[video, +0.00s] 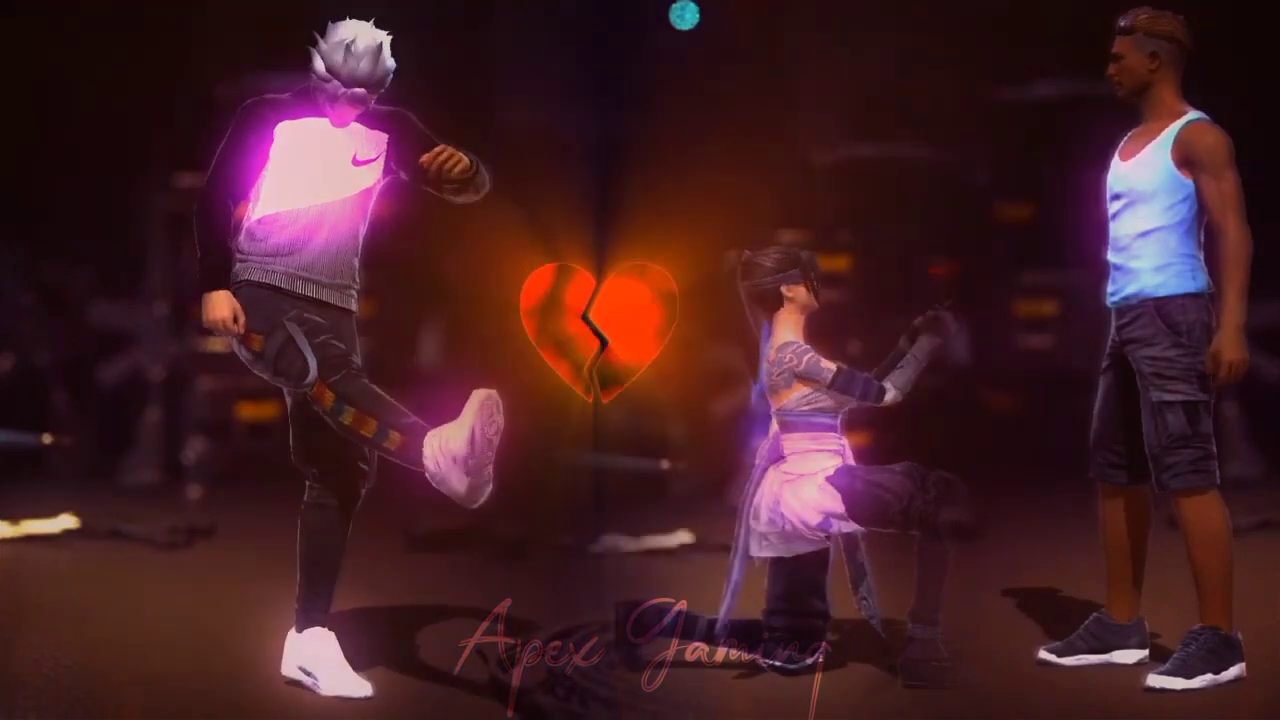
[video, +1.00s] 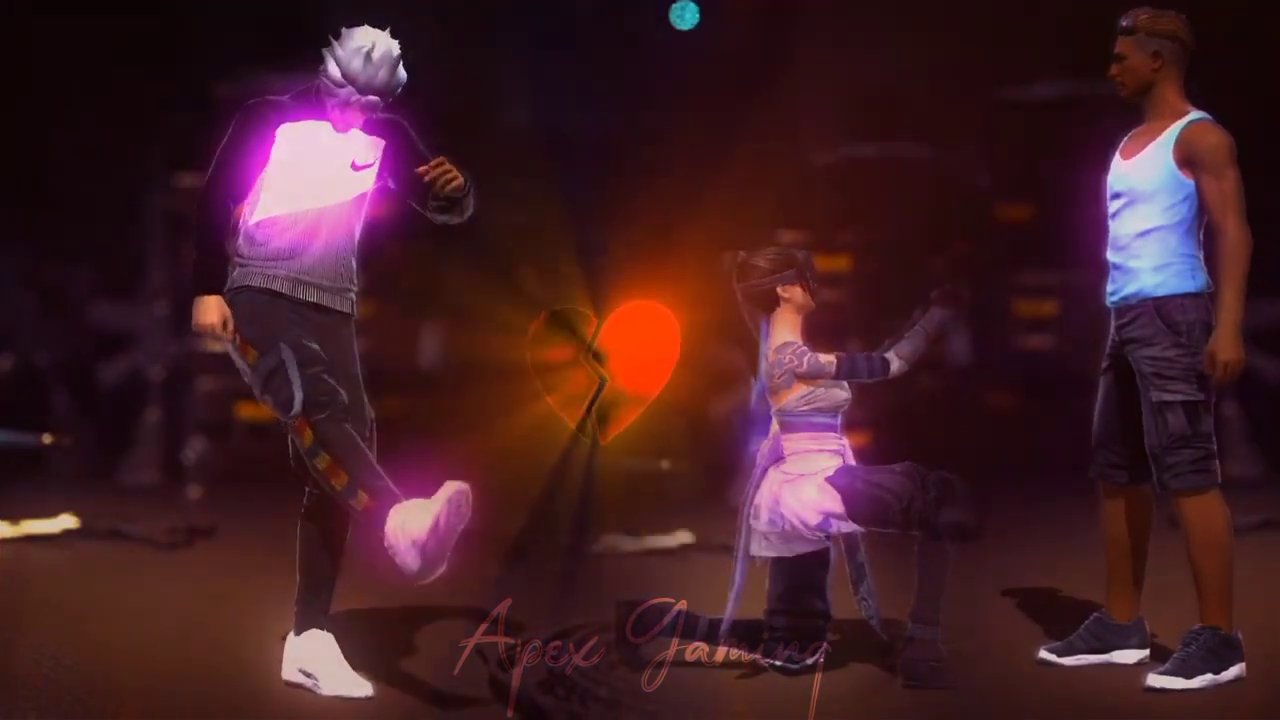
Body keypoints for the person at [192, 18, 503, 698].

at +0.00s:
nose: (352, 108)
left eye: (366, 98)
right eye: (342, 94)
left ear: (382, 89)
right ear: (321, 76)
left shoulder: (393, 129)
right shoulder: (269, 115)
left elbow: (471, 191)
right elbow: (217, 198)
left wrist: (465, 173)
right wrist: (212, 281)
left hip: (335, 309)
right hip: (260, 293)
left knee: (335, 475)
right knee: (318, 371)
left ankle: (309, 634)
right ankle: (437, 456)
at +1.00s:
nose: (357, 117)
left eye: (370, 107)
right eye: (348, 102)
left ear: (386, 98)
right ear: (329, 80)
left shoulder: (391, 136)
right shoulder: (270, 118)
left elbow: (445, 213)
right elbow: (219, 202)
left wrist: (456, 194)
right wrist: (207, 287)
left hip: (334, 309)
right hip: (263, 294)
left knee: (344, 461)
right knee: (311, 408)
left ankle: (308, 635)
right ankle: (397, 520)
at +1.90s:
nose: (362, 120)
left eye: (375, 112)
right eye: (356, 105)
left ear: (386, 105)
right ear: (335, 83)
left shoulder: (381, 144)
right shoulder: (272, 114)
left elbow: (394, 226)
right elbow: (220, 199)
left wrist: (419, 261)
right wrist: (206, 285)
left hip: (332, 313)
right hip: (263, 301)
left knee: (349, 456)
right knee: (290, 450)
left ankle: (311, 616)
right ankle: (311, 613)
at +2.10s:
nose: (358, 123)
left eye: (372, 114)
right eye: (351, 106)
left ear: (386, 108)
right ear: (330, 83)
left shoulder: (381, 147)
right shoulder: (270, 116)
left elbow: (388, 230)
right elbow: (220, 200)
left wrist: (413, 278)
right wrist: (207, 285)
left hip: (333, 318)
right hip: (264, 307)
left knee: (347, 464)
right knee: (284, 460)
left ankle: (311, 621)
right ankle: (289, 620)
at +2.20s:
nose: (359, 125)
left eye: (373, 116)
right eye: (352, 108)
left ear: (387, 110)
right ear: (330, 86)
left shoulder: (379, 148)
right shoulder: (270, 117)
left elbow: (386, 229)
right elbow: (220, 199)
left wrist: (409, 283)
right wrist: (208, 285)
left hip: (332, 318)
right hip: (263, 306)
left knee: (346, 467)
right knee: (282, 460)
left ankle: (312, 626)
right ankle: (281, 625)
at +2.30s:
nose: (358, 126)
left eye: (373, 116)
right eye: (352, 109)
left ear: (386, 111)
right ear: (329, 86)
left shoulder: (376, 148)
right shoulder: (270, 116)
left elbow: (383, 235)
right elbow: (221, 198)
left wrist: (409, 292)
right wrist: (208, 285)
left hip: (332, 321)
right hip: (262, 309)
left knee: (346, 469)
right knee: (278, 464)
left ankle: (312, 628)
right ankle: (274, 627)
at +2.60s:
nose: (357, 123)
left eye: (372, 114)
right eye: (351, 105)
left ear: (385, 110)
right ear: (328, 83)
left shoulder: (373, 151)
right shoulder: (270, 119)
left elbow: (375, 243)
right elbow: (220, 199)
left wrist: (401, 314)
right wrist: (208, 286)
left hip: (333, 324)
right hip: (263, 312)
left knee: (342, 473)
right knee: (265, 466)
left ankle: (310, 635)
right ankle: (252, 634)